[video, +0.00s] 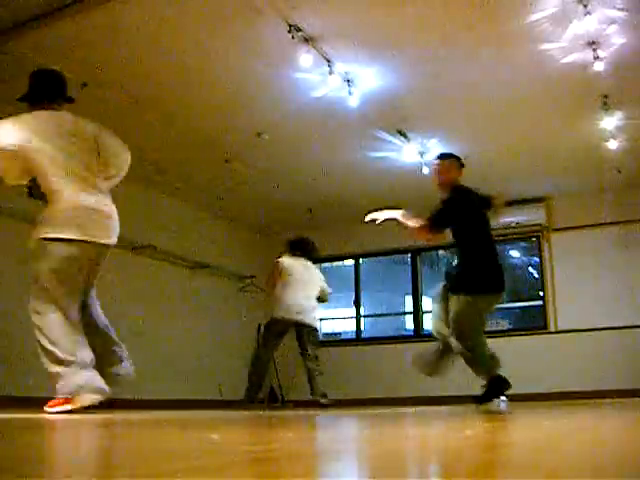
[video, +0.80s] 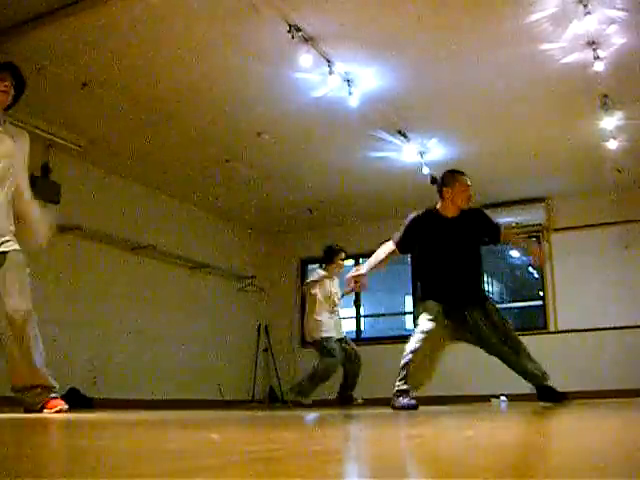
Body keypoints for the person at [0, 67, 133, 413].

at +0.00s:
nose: (29, 105)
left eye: (30, 100)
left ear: (31, 98)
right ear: (64, 99)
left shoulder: (20, 126)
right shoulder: (87, 127)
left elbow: (8, 157)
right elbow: (121, 156)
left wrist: (24, 177)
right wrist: (96, 186)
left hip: (65, 220)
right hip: (105, 222)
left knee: (48, 303)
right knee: (83, 295)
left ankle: (79, 385)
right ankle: (114, 361)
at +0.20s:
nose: (83, 112)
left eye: (85, 105)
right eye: (79, 104)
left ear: (63, 105)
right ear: (62, 101)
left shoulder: (53, 138)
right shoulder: (46, 118)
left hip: (22, 233)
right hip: (48, 222)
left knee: (46, 308)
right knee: (114, 253)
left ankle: (38, 392)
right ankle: (63, 315)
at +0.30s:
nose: (74, 92)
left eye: (77, 87)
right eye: (69, 84)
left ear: (74, 94)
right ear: (49, 83)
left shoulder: (65, 136)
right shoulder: (22, 109)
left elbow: (83, 188)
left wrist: (78, 156)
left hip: (35, 219)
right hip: (16, 211)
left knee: (50, 300)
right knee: (91, 249)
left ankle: (32, 387)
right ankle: (97, 327)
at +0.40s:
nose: (57, 73)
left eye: (63, 71)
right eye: (51, 65)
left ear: (64, 84)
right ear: (30, 68)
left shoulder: (65, 118)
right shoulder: (6, 101)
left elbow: (88, 150)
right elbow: (3, 157)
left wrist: (69, 158)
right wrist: (40, 159)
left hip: (35, 210)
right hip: (7, 203)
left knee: (36, 292)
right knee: (47, 280)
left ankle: (35, 379)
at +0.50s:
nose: (36, 84)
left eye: (41, 80)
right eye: (31, 74)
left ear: (44, 87)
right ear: (12, 74)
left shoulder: (51, 122)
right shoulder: (1, 114)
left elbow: (79, 146)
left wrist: (64, 164)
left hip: (26, 223)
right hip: (5, 222)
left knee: (43, 304)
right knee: (39, 304)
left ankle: (46, 387)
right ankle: (46, 388)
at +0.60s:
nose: (14, 101)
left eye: (21, 98)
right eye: (11, 93)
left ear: (25, 106)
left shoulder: (32, 150)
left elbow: (44, 202)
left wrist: (59, 223)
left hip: (11, 247)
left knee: (39, 308)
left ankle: (41, 390)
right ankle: (41, 390)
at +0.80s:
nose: (3, 90)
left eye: (8, 87)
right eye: (1, 84)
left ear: (13, 97)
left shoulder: (16, 138)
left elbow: (21, 189)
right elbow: (21, 191)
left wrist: (36, 224)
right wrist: (36, 223)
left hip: (4, 240)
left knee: (18, 310)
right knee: (15, 311)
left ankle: (37, 392)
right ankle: (35, 391)